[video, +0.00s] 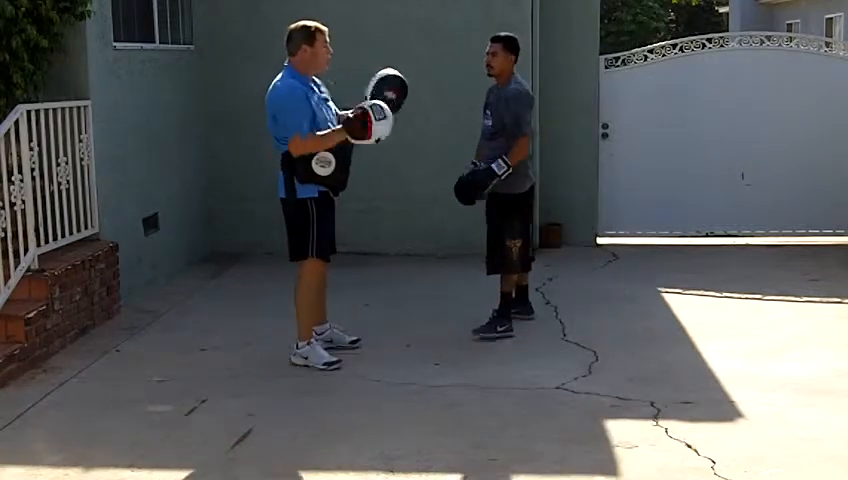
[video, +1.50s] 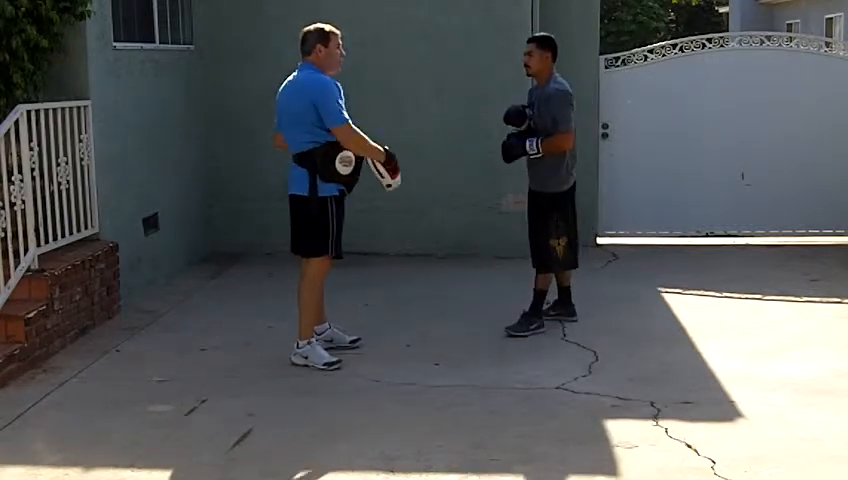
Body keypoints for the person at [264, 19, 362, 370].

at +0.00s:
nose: (330, 51)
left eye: (329, 45)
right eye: (325, 45)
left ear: (306, 51)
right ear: (305, 51)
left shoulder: (309, 82)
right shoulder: (288, 89)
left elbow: (328, 119)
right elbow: (298, 145)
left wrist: (357, 116)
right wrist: (344, 132)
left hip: (318, 186)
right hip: (301, 190)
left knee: (321, 260)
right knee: (311, 262)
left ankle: (320, 329)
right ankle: (304, 345)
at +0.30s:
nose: (345, 53)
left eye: (343, 46)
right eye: (340, 46)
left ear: (320, 51)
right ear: (321, 50)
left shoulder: (318, 83)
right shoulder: (298, 88)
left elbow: (326, 133)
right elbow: (279, 138)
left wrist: (353, 145)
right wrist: (279, 184)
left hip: (326, 190)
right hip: (311, 192)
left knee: (322, 261)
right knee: (316, 263)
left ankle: (319, 330)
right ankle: (304, 344)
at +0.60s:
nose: (343, 52)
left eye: (342, 46)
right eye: (339, 46)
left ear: (311, 51)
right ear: (322, 49)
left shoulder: (289, 84)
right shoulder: (321, 79)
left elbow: (274, 134)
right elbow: (328, 113)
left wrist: (306, 153)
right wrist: (355, 130)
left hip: (301, 187)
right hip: (320, 188)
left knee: (312, 261)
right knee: (319, 262)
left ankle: (318, 329)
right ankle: (305, 344)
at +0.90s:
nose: (341, 51)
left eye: (339, 45)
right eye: (336, 45)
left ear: (309, 52)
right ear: (318, 50)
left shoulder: (284, 87)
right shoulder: (329, 79)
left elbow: (272, 140)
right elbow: (380, 87)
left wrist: (313, 151)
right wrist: (431, 70)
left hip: (301, 189)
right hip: (323, 189)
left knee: (313, 260)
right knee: (321, 261)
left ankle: (319, 328)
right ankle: (305, 345)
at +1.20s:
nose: (341, 54)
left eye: (340, 48)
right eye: (337, 48)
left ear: (309, 52)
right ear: (320, 50)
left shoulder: (284, 87)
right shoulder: (331, 81)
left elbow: (270, 140)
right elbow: (376, 104)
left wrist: (304, 157)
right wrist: (405, 99)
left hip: (299, 187)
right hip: (325, 188)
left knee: (311, 261)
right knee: (321, 262)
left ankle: (320, 330)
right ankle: (305, 344)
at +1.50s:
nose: (343, 53)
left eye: (342, 47)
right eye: (339, 47)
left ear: (314, 52)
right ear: (319, 50)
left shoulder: (291, 85)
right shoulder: (323, 85)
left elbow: (282, 140)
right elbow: (346, 135)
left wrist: (325, 147)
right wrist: (381, 155)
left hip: (305, 187)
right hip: (320, 190)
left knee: (317, 260)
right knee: (318, 262)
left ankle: (320, 329)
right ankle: (305, 345)